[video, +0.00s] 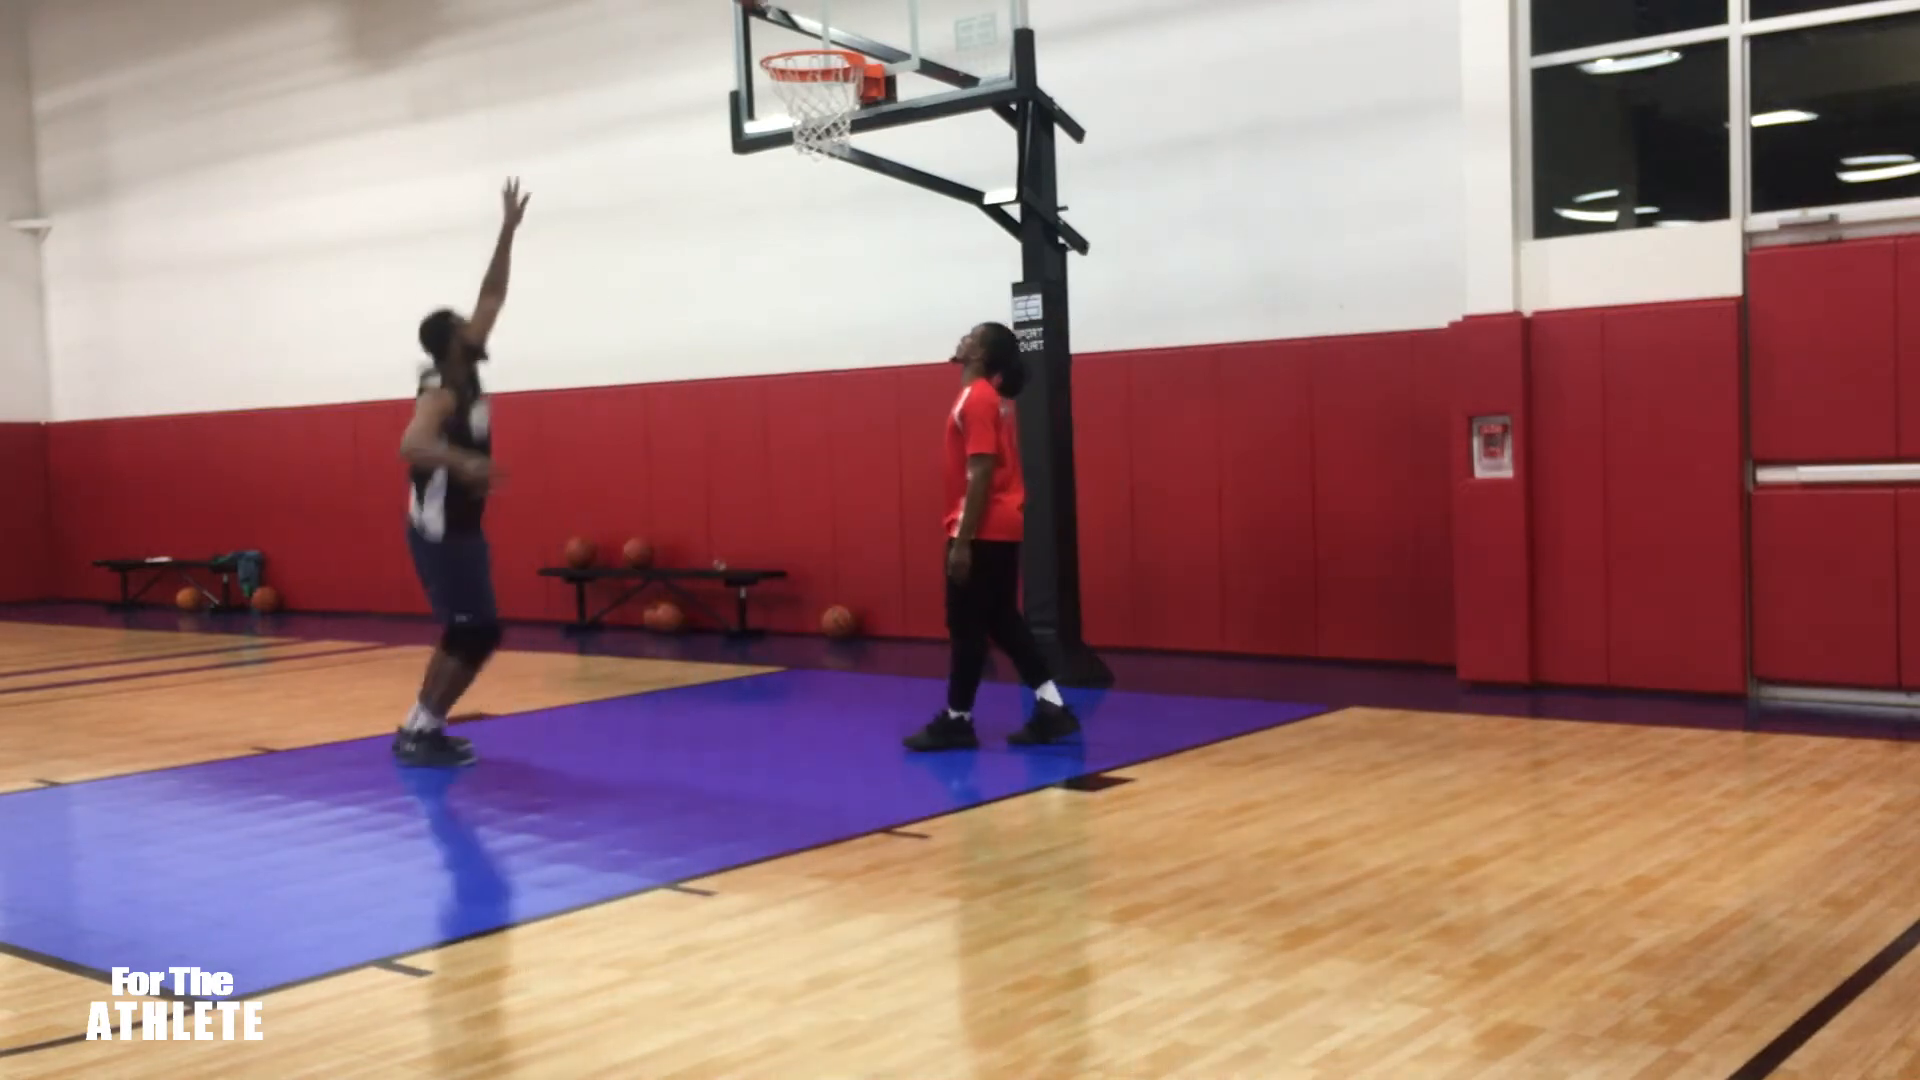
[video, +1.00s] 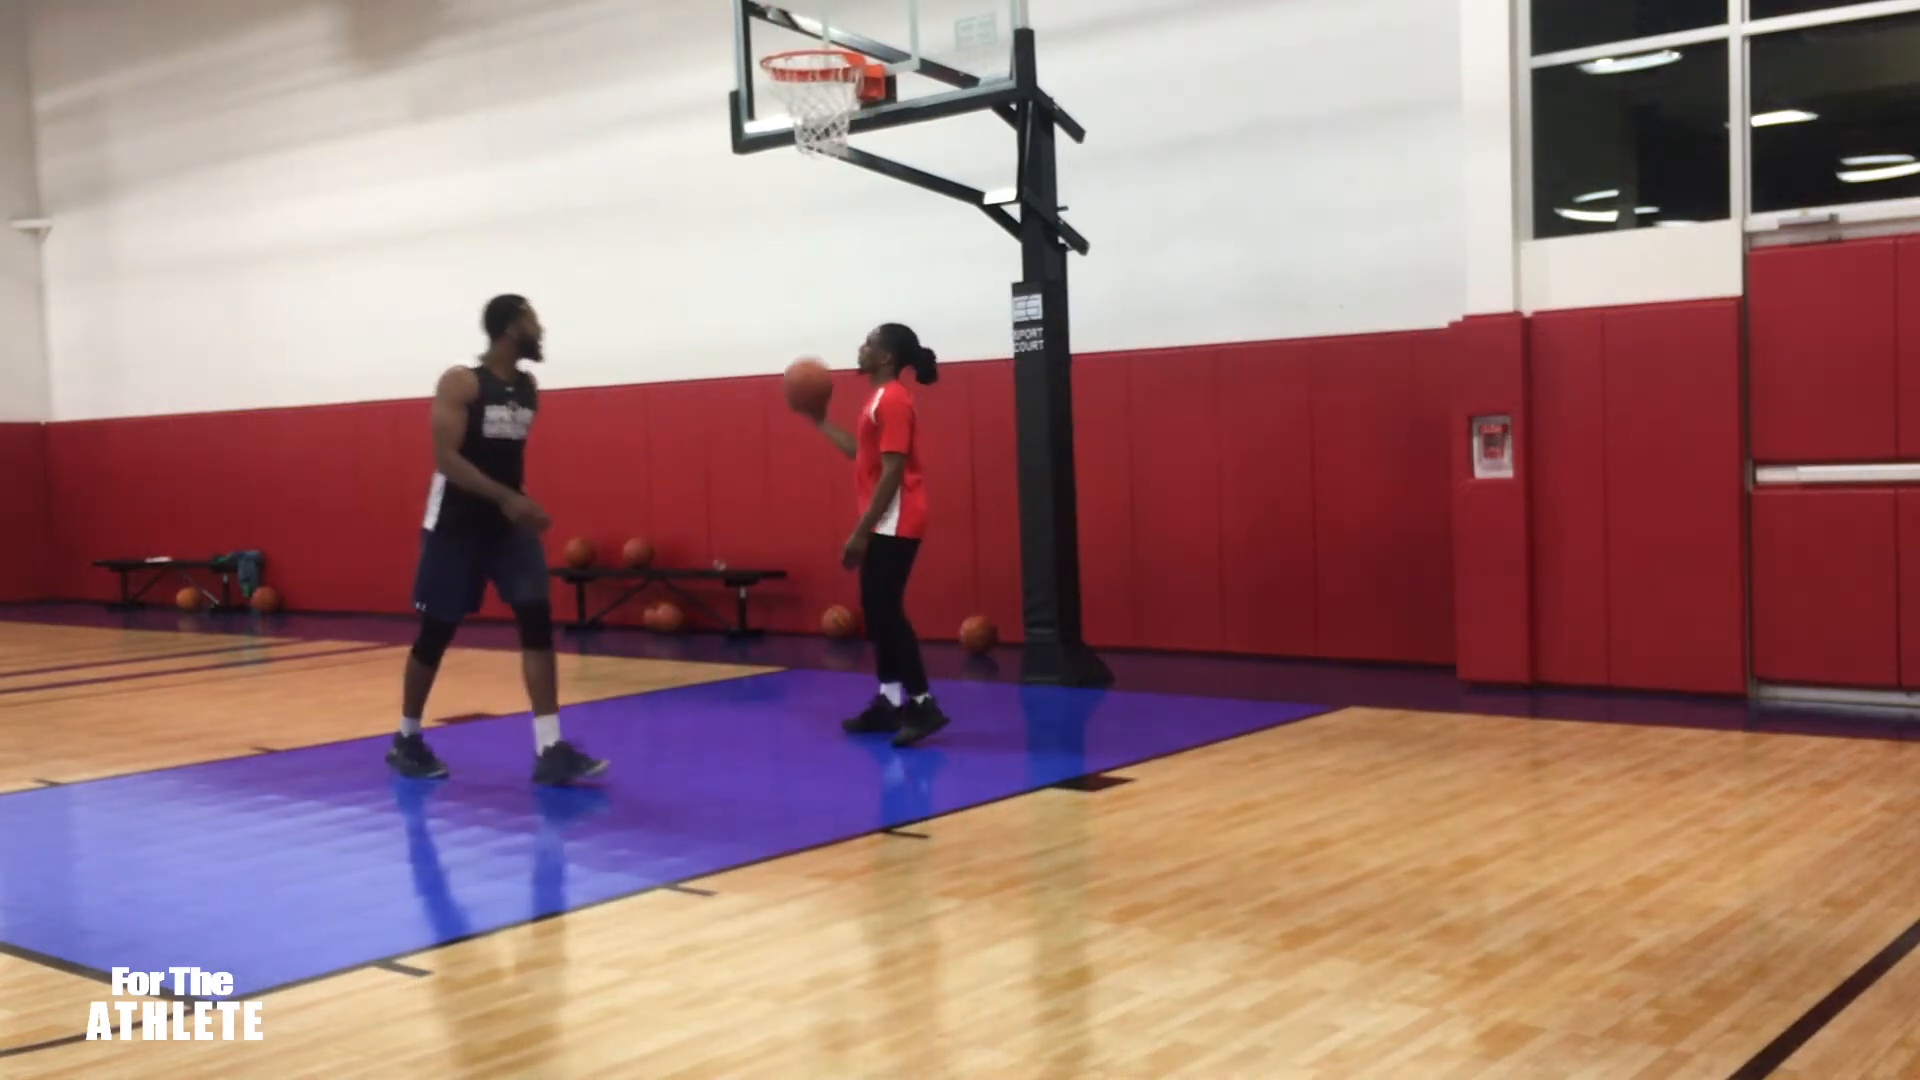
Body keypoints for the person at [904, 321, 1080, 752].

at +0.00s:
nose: (962, 340)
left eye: (971, 337)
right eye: (968, 335)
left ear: (984, 353)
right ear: (987, 357)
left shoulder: (978, 396)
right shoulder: (982, 395)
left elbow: (981, 471)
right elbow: (987, 470)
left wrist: (963, 538)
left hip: (981, 531)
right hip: (996, 530)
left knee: (967, 624)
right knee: (1002, 620)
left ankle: (957, 717)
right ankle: (1053, 707)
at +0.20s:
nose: (939, 339)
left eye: (947, 337)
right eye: (945, 335)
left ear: (957, 353)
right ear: (966, 356)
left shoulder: (954, 396)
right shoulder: (964, 395)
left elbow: (950, 471)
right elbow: (962, 469)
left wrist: (924, 539)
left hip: (962, 523)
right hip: (967, 521)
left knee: (951, 614)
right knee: (949, 612)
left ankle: (957, 718)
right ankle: (1015, 680)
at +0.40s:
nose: (918, 345)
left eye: (925, 340)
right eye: (922, 339)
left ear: (937, 353)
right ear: (946, 357)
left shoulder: (931, 396)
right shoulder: (946, 396)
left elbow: (924, 466)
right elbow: (938, 464)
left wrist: (885, 532)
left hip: (941, 520)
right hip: (951, 518)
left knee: (922, 606)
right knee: (941, 610)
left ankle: (955, 713)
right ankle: (955, 708)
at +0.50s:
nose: (908, 347)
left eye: (915, 342)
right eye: (912, 340)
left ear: (925, 354)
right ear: (935, 359)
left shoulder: (920, 397)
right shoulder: (936, 398)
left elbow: (911, 467)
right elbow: (931, 469)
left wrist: (872, 534)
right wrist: (888, 485)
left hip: (935, 520)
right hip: (933, 518)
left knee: (936, 614)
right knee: (913, 608)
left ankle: (956, 717)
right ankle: (919, 701)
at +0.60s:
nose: (898, 350)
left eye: (904, 345)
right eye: (903, 344)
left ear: (913, 357)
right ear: (928, 361)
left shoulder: (909, 400)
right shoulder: (923, 400)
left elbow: (900, 468)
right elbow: (916, 454)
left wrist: (864, 536)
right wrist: (874, 436)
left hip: (925, 525)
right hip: (922, 523)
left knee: (932, 618)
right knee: (908, 613)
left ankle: (955, 717)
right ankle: (898, 700)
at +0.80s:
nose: (881, 346)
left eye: (887, 342)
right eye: (886, 341)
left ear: (896, 356)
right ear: (906, 360)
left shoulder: (894, 401)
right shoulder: (896, 399)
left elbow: (888, 469)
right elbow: (868, 419)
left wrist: (860, 535)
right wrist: (845, 379)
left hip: (904, 525)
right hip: (894, 523)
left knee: (904, 614)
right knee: (882, 610)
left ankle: (946, 709)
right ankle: (890, 702)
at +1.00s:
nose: (860, 349)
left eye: (868, 344)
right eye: (864, 342)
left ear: (887, 357)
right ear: (884, 358)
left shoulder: (894, 399)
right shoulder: (877, 399)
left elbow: (893, 470)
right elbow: (858, 451)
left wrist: (862, 531)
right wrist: (819, 420)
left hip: (897, 522)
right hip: (882, 521)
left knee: (886, 609)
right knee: (878, 609)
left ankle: (922, 703)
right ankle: (890, 700)